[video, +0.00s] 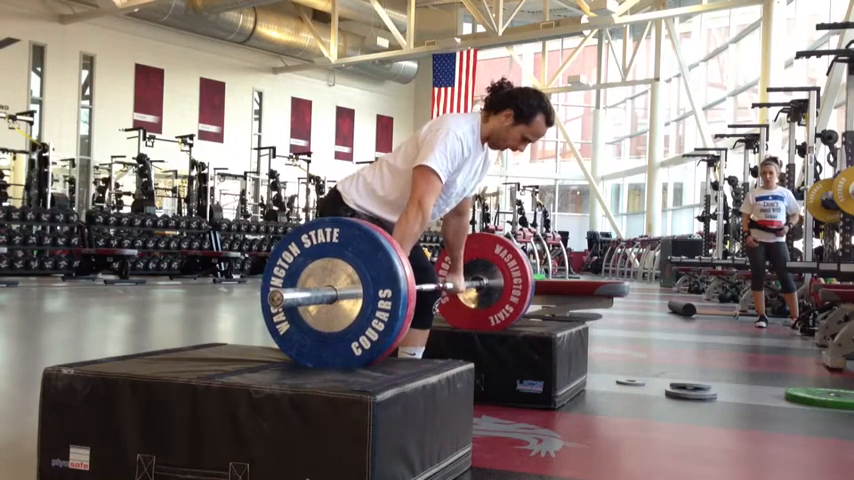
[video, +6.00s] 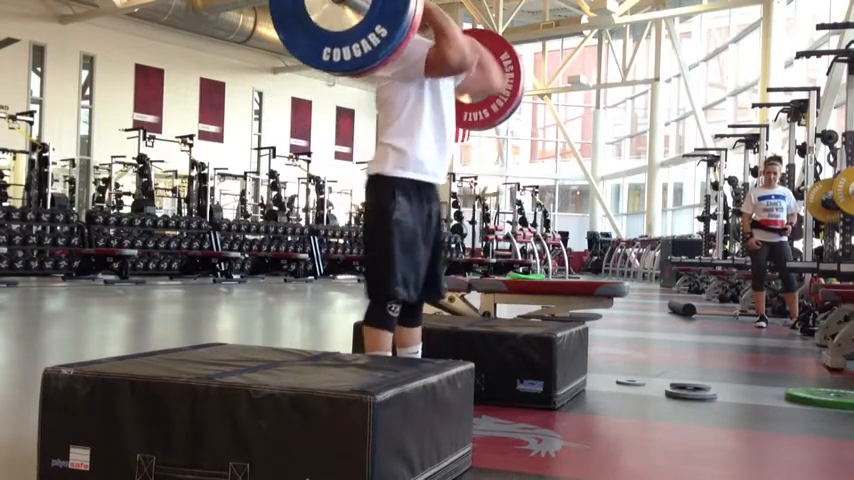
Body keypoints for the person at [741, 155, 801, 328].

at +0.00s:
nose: (767, 176)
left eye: (771, 173)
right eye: (764, 173)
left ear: (777, 174)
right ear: (760, 175)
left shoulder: (786, 194)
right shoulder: (752, 194)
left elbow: (796, 214)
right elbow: (746, 216)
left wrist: (788, 225)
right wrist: (746, 234)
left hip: (778, 240)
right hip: (757, 240)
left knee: (785, 276)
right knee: (758, 276)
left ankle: (795, 318)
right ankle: (761, 316)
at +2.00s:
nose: (766, 176)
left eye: (769, 173)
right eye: (763, 173)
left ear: (776, 174)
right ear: (759, 175)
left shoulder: (784, 193)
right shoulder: (751, 195)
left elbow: (793, 214)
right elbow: (744, 217)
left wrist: (787, 224)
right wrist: (746, 235)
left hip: (777, 240)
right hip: (756, 239)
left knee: (785, 276)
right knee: (757, 277)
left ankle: (795, 318)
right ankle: (761, 316)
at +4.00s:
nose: (766, 174)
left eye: (769, 170)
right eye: (762, 171)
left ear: (775, 173)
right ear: (759, 174)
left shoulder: (784, 193)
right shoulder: (751, 193)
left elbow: (792, 214)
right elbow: (744, 216)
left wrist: (787, 224)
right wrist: (746, 235)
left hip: (777, 239)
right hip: (757, 239)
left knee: (785, 275)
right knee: (757, 277)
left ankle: (795, 317)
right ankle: (761, 315)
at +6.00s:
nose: (772, 176)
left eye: (776, 173)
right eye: (770, 172)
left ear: (780, 174)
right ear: (764, 173)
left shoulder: (786, 193)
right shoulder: (754, 193)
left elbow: (793, 213)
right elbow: (746, 216)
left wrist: (790, 224)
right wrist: (749, 235)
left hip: (780, 239)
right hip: (760, 239)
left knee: (789, 275)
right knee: (758, 277)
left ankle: (794, 317)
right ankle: (761, 315)